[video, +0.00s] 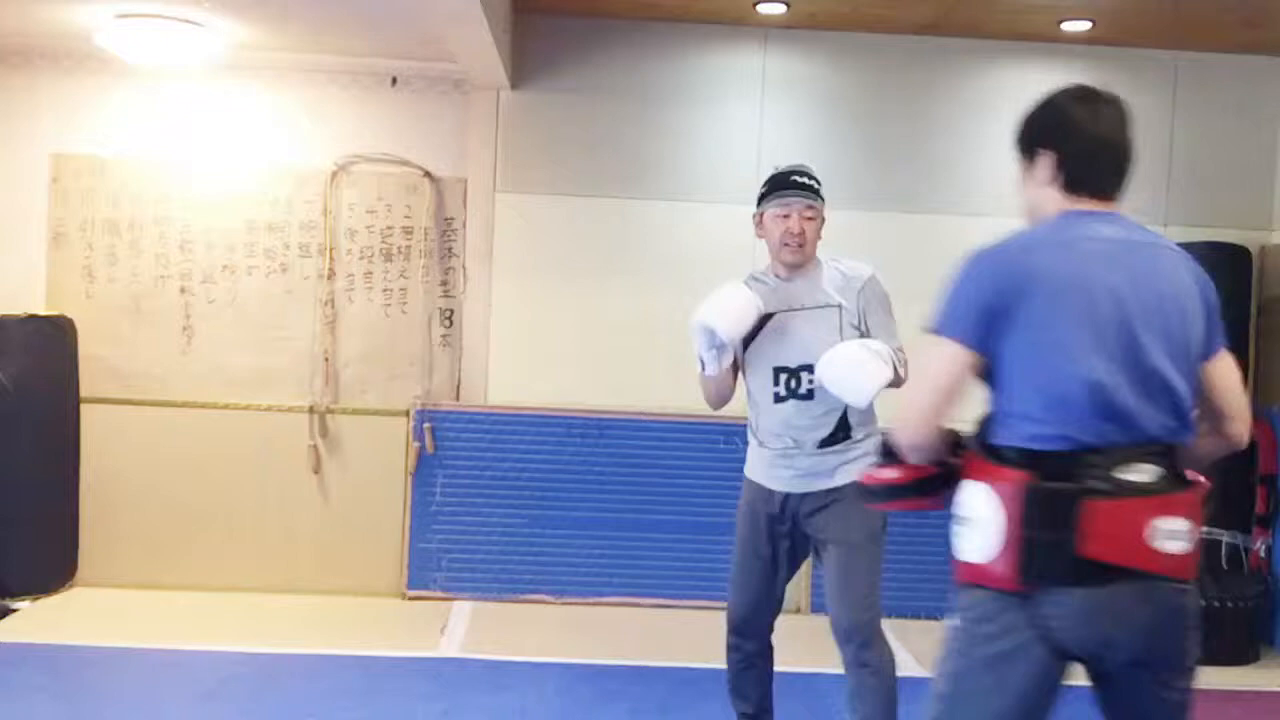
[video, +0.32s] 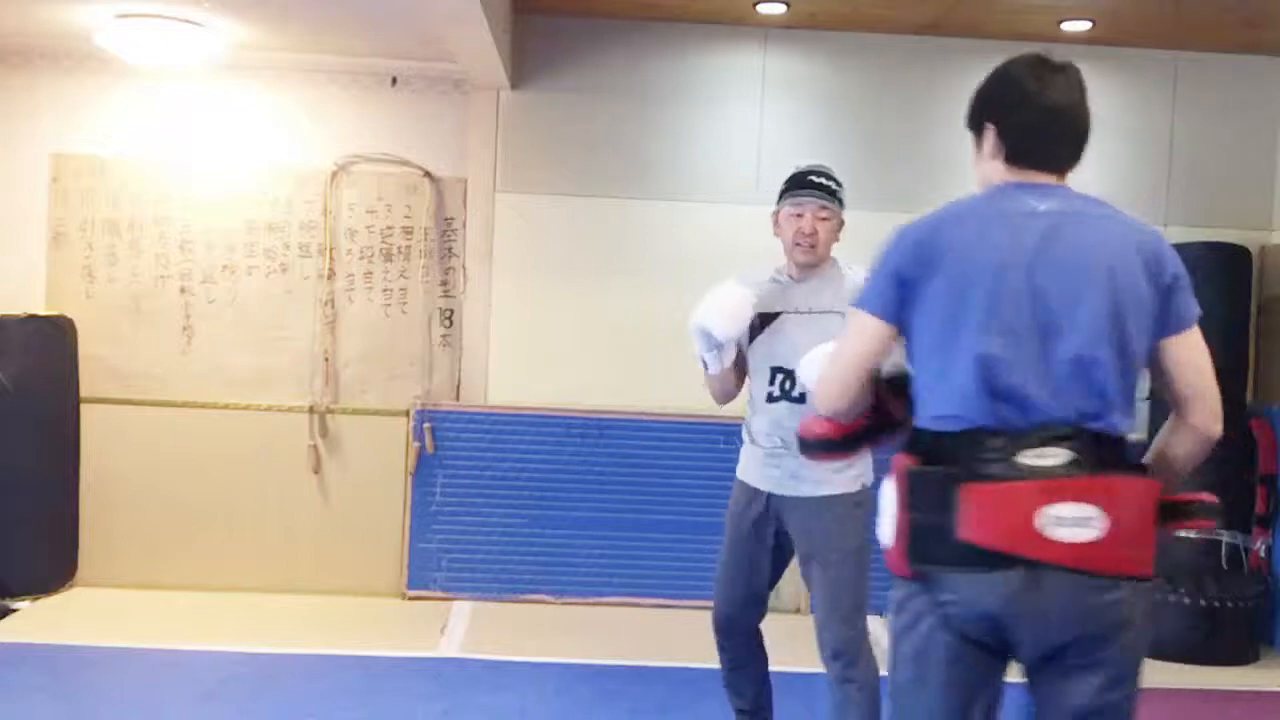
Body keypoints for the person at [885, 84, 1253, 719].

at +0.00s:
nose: (1020, 180)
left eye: (1023, 162)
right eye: (1020, 163)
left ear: (1047, 164)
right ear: (1116, 169)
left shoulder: (1001, 265)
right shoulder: (1183, 270)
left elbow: (913, 431)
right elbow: (1232, 427)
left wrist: (950, 454)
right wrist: (1160, 458)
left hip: (1022, 558)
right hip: (1149, 561)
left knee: (968, 711)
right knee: (1155, 709)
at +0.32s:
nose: (974, 153)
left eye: (974, 136)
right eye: (974, 137)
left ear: (989, 136)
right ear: (1076, 147)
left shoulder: (928, 238)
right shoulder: (1142, 245)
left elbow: (832, 395)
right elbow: (1202, 418)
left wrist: (885, 393)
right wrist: (1134, 497)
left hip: (954, 550)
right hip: (1092, 557)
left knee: (928, 709)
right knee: (1091, 706)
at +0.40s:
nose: (954, 148)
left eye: (954, 134)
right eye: (956, 134)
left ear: (966, 138)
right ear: (1060, 146)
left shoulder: (898, 239)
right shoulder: (1124, 248)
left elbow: (795, 389)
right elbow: (1191, 426)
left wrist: (865, 354)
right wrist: (1122, 521)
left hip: (913, 549)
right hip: (1058, 557)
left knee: (899, 709)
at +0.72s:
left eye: (890, 111)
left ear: (896, 121)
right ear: (1004, 135)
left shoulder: (815, 221)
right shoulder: (1051, 250)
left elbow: (722, 308)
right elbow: (1122, 458)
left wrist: (769, 229)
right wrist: (1081, 582)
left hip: (801, 560)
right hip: (947, 583)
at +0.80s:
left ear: (872, 118)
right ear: (979, 131)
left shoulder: (794, 215)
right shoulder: (1022, 241)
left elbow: (709, 284)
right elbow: (1104, 452)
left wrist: (765, 199)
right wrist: (1072, 569)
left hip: (782, 535)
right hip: (923, 555)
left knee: (788, 700)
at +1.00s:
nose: (933, 130)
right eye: (933, 115)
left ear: (817, 114)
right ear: (921, 131)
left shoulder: (742, 211)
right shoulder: (924, 228)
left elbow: (715, 349)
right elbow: (1018, 446)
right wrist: (1017, 539)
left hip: (704, 544)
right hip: (824, 561)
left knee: (710, 698)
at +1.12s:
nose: (901, 130)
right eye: (903, 115)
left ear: (787, 104)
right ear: (892, 124)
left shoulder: (706, 202)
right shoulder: (882, 222)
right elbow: (963, 447)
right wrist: (978, 531)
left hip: (663, 542)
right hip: (784, 560)